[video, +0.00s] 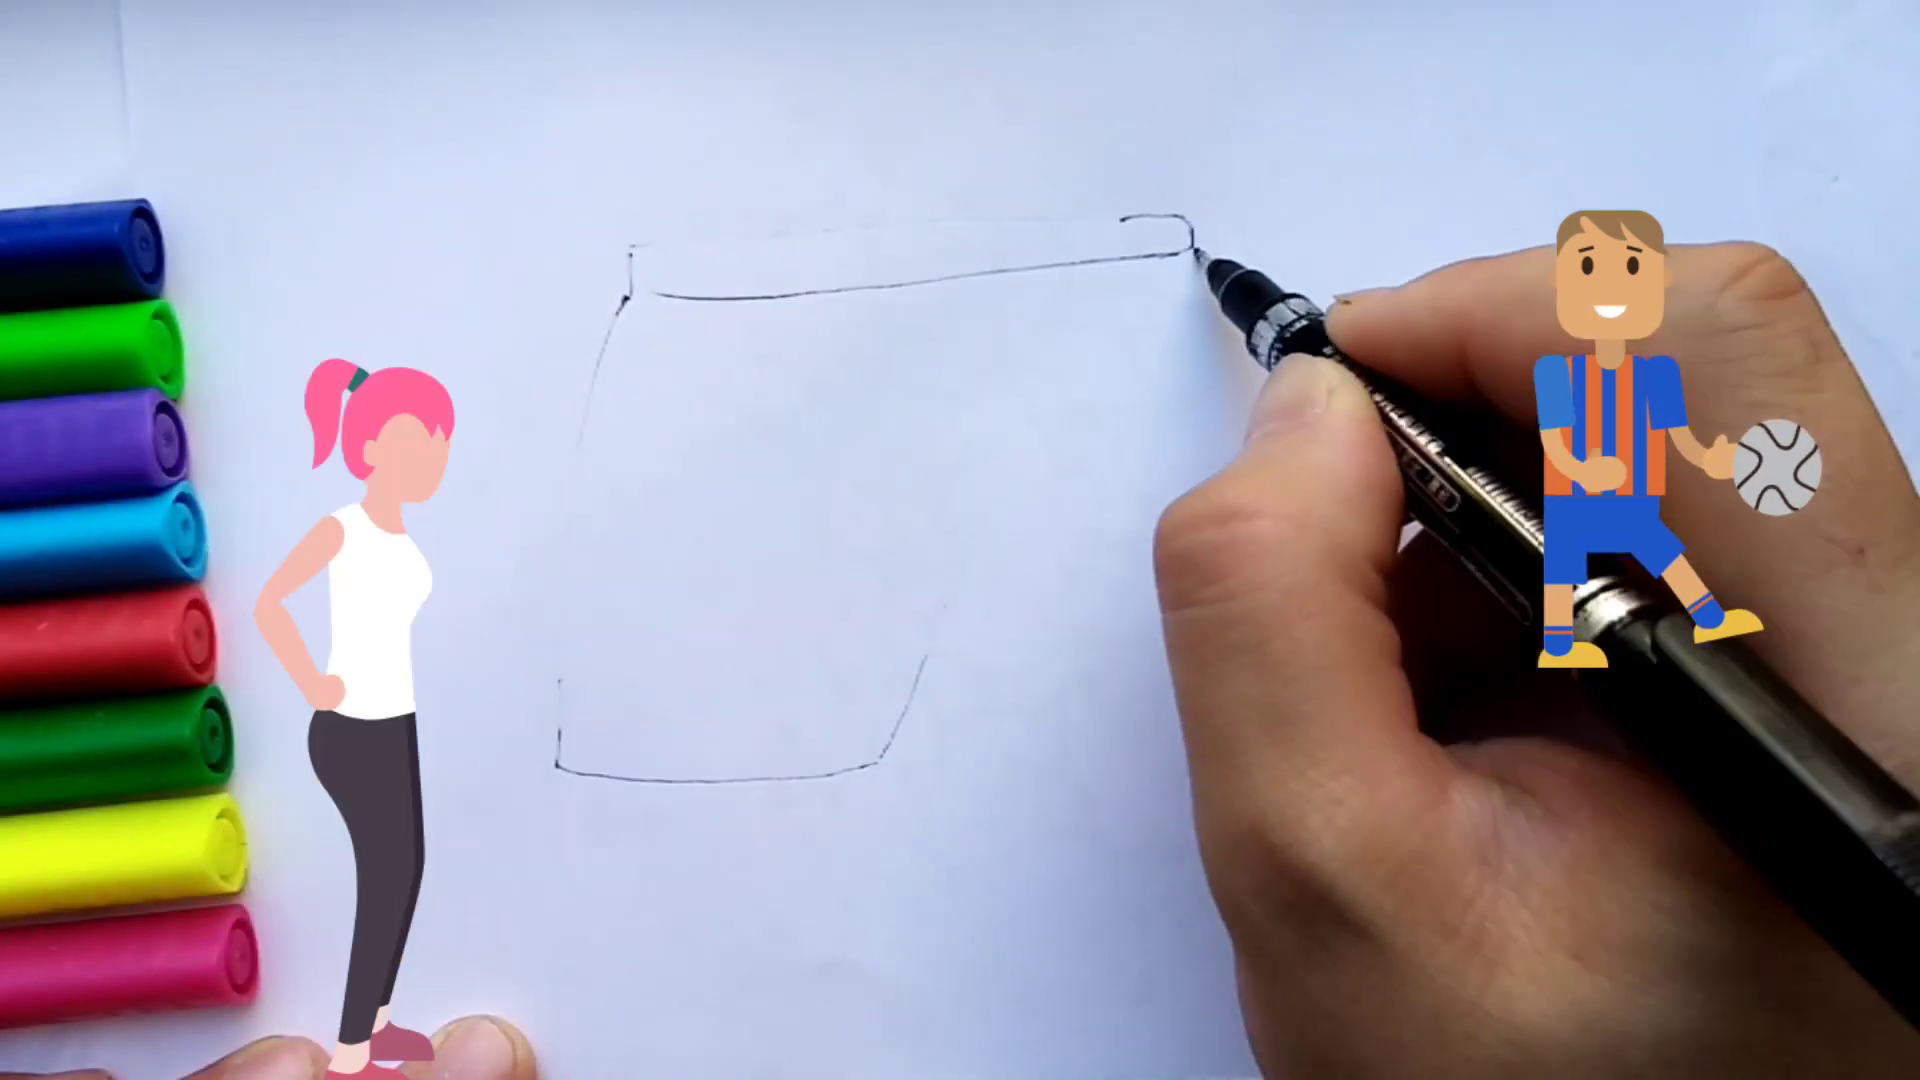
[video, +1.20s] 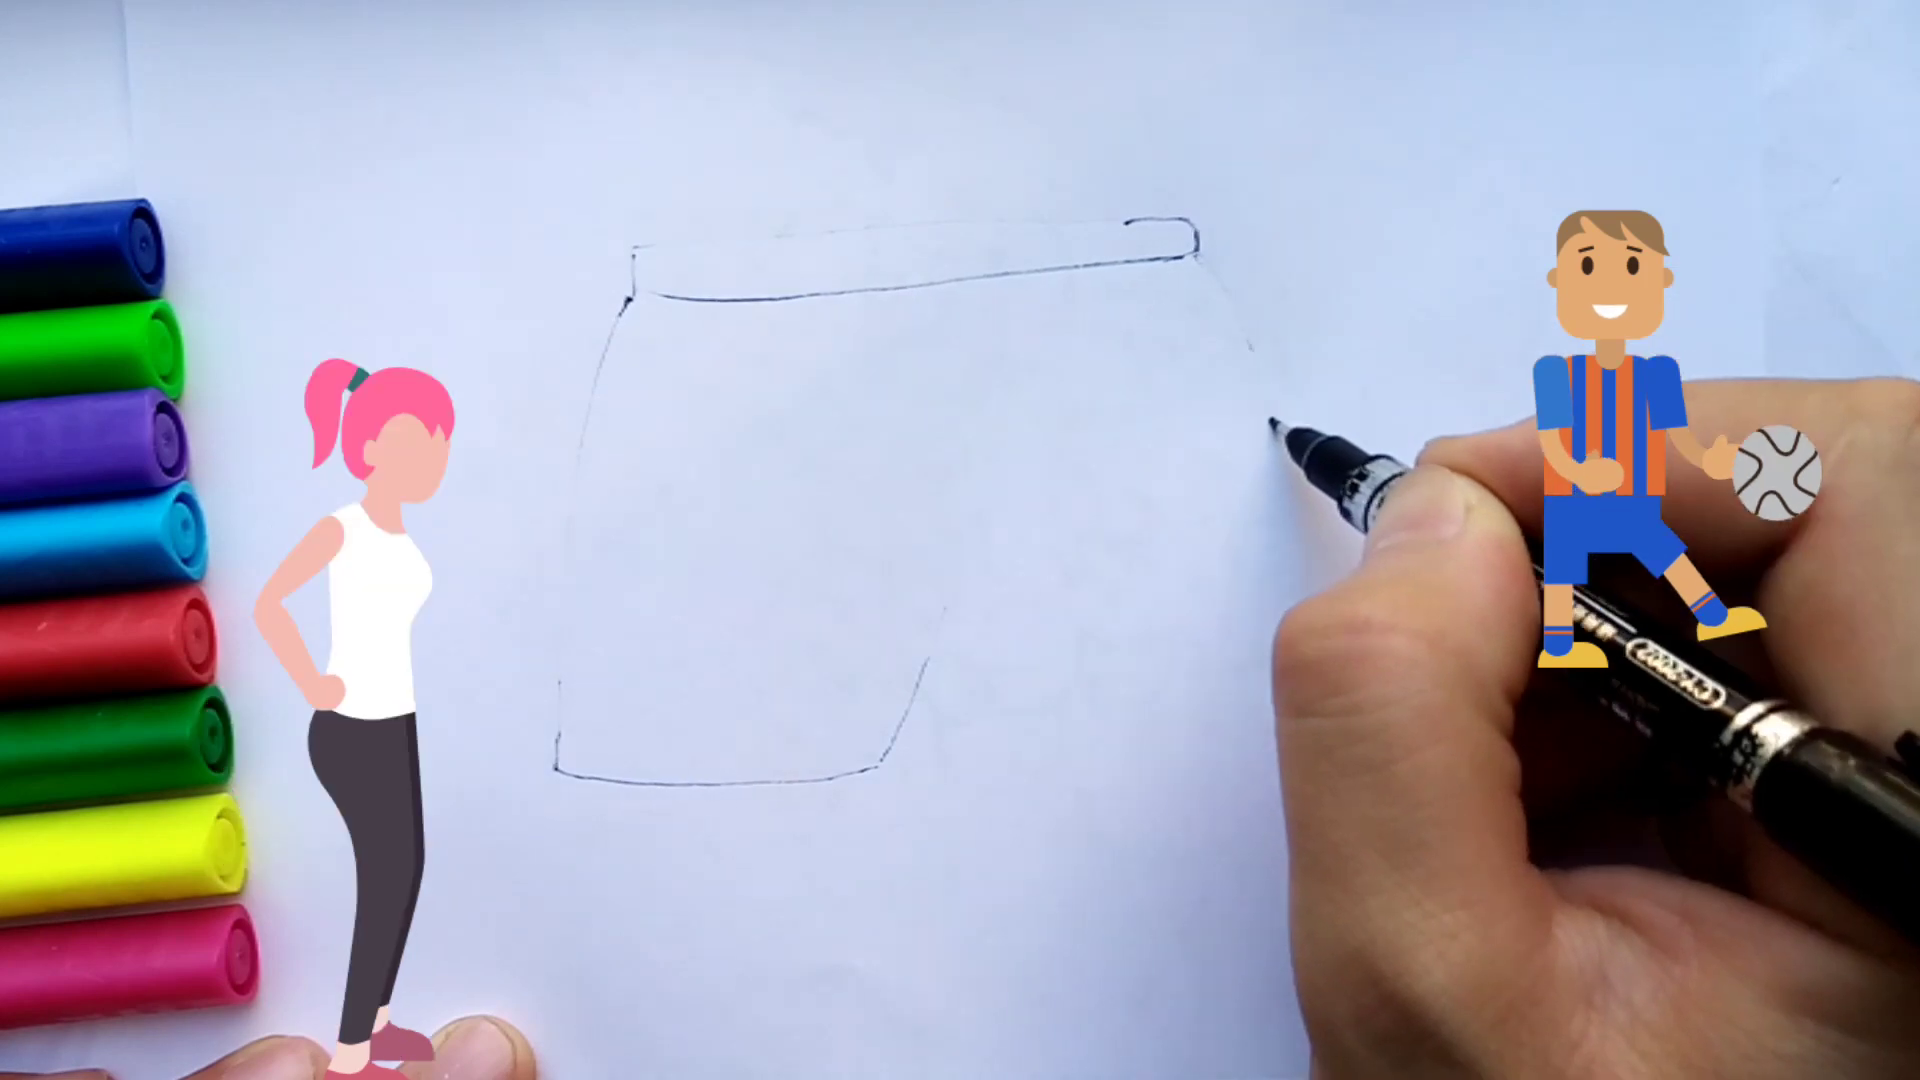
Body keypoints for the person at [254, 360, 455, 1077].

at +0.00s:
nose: (437, 456)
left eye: (440, 441)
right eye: (422, 439)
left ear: (440, 450)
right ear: (375, 447)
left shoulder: (404, 535)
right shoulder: (343, 529)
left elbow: (384, 623)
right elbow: (268, 605)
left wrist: (394, 686)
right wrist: (312, 684)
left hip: (397, 731)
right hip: (353, 733)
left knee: (405, 873)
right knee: (387, 878)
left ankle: (373, 1021)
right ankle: (349, 1051)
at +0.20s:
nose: (437, 456)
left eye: (440, 440)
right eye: (421, 438)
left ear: (440, 450)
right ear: (374, 446)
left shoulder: (404, 536)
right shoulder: (344, 529)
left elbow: (384, 623)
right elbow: (268, 604)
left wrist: (395, 686)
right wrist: (312, 683)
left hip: (397, 731)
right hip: (353, 732)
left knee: (405, 872)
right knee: (387, 878)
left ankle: (373, 1021)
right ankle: (349, 1051)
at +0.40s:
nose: (404, 588)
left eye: (404, 572)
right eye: (387, 571)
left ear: (404, 579)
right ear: (344, 578)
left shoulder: (363, 661)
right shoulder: (311, 656)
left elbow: (322, 739)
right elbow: (213, 713)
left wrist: (317, 798)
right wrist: (249, 790)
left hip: (307, 842)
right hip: (263, 851)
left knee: (391, 865)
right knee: (392, 873)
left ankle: (340, 1023)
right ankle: (350, 1056)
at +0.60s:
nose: (435, 455)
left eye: (439, 440)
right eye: (419, 437)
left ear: (440, 450)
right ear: (374, 446)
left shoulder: (403, 535)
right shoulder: (344, 529)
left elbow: (383, 621)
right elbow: (268, 605)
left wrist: (394, 684)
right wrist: (312, 684)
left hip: (397, 730)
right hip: (353, 732)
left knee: (405, 874)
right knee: (387, 879)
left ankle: (373, 1022)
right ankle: (348, 1052)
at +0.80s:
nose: (436, 456)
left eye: (439, 440)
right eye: (420, 438)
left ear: (440, 450)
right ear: (374, 446)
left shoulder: (404, 535)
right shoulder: (344, 529)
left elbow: (384, 622)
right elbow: (268, 606)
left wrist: (394, 686)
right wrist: (312, 684)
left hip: (397, 730)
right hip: (354, 732)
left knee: (405, 873)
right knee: (387, 878)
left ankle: (374, 1021)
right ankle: (349, 1052)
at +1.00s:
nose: (407, 589)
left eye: (407, 573)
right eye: (393, 571)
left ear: (401, 581)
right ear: (346, 579)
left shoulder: (363, 661)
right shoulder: (311, 656)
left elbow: (320, 737)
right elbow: (213, 712)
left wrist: (314, 796)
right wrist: (249, 790)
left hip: (307, 841)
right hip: (263, 851)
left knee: (391, 864)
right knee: (392, 873)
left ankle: (340, 1021)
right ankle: (350, 1056)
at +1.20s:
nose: (436, 457)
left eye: (439, 441)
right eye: (420, 439)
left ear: (439, 452)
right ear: (374, 448)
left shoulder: (403, 535)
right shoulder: (344, 529)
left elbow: (383, 622)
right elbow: (268, 605)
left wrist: (394, 685)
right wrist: (311, 683)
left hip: (397, 731)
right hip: (353, 732)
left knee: (405, 872)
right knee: (387, 878)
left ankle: (373, 1022)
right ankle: (349, 1052)